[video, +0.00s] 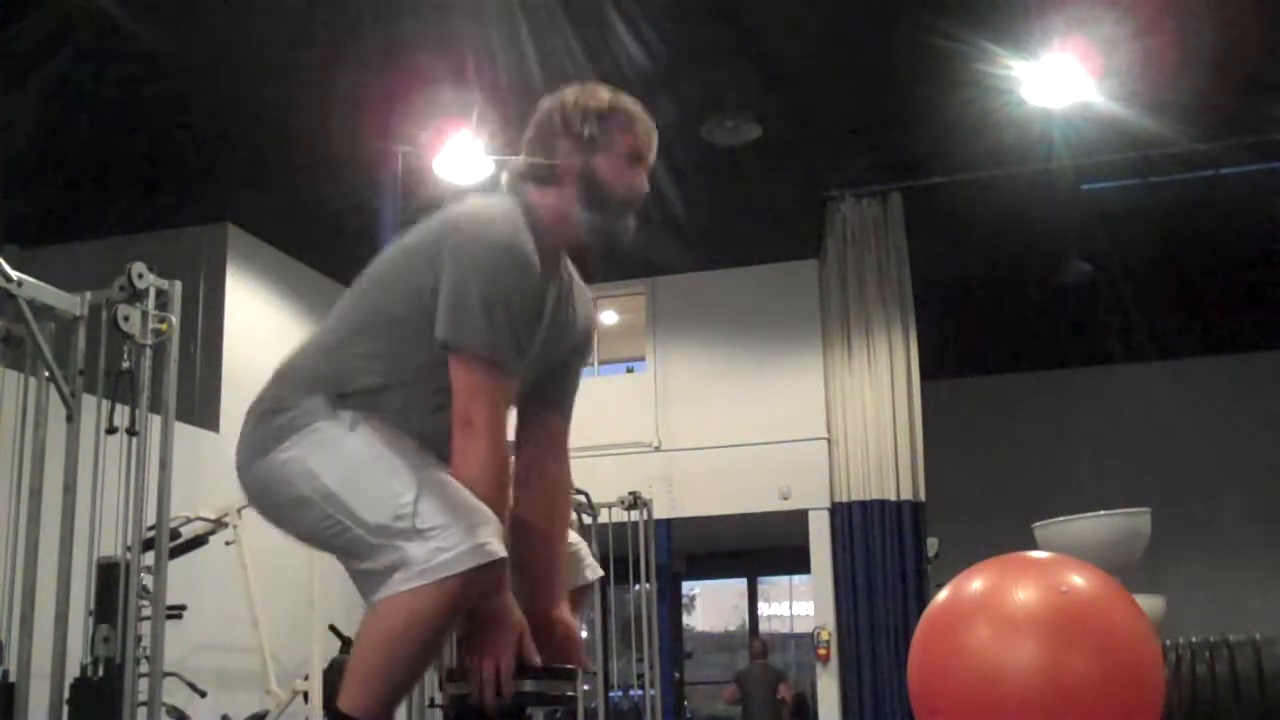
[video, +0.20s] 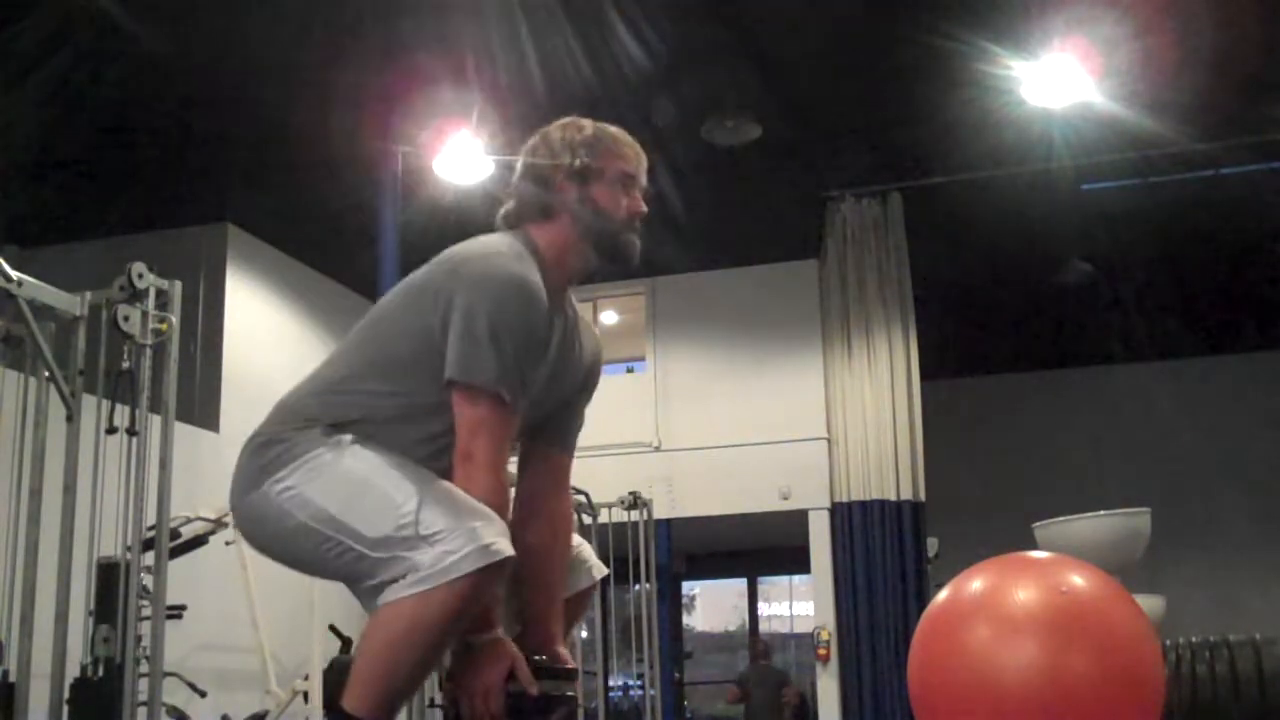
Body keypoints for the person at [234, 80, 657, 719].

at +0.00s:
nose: (645, 186)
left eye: (648, 168)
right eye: (632, 161)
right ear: (571, 154)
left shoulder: (572, 305)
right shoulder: (493, 237)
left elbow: (543, 460)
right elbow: (474, 430)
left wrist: (547, 605)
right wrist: (488, 601)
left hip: (397, 446)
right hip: (307, 427)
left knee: (566, 570)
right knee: (459, 548)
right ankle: (355, 709)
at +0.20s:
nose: (642, 206)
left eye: (642, 191)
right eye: (626, 185)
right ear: (567, 188)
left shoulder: (577, 342)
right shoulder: (500, 278)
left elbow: (546, 497)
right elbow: (478, 468)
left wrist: (547, 646)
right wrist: (482, 634)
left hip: (394, 477)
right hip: (301, 457)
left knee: (572, 578)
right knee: (465, 550)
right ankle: (357, 708)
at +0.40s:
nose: (621, 200)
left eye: (619, 185)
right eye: (603, 181)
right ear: (544, 187)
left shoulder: (573, 347)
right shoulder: (489, 289)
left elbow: (544, 504)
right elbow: (473, 479)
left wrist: (545, 643)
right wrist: (478, 639)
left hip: (393, 495)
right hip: (294, 479)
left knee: (576, 576)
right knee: (461, 549)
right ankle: (358, 707)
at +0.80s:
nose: (569, 133)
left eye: (565, 117)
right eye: (549, 115)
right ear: (490, 128)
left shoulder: (538, 291)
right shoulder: (443, 233)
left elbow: (528, 439)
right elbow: (456, 422)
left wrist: (538, 573)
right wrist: (475, 574)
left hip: (389, 455)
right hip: (293, 437)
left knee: (563, 569)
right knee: (444, 542)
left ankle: (482, 702)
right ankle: (352, 709)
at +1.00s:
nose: (554, 47)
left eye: (552, 31)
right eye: (533, 26)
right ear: (473, 38)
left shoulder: (530, 208)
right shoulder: (436, 142)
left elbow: (523, 352)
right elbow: (454, 320)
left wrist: (536, 485)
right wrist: (475, 472)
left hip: (389, 388)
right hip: (304, 371)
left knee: (505, 544)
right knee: (416, 528)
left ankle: (474, 703)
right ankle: (343, 712)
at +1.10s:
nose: (546, 27)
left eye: (548, 16)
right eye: (531, 10)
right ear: (476, 18)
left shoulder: (529, 163)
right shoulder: (434, 95)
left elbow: (522, 305)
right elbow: (452, 272)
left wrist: (535, 439)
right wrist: (474, 419)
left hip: (409, 359)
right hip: (316, 337)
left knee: (512, 551)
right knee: (400, 519)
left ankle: (464, 709)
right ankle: (338, 711)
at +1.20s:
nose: (512, 7)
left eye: (507, 5)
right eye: (499, 2)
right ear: (465, 3)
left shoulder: (528, 128)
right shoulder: (434, 53)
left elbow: (523, 260)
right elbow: (451, 222)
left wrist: (534, 392)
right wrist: (473, 368)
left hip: (421, 338)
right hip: (330, 315)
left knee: (481, 554)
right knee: (377, 528)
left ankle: (458, 711)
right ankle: (331, 714)